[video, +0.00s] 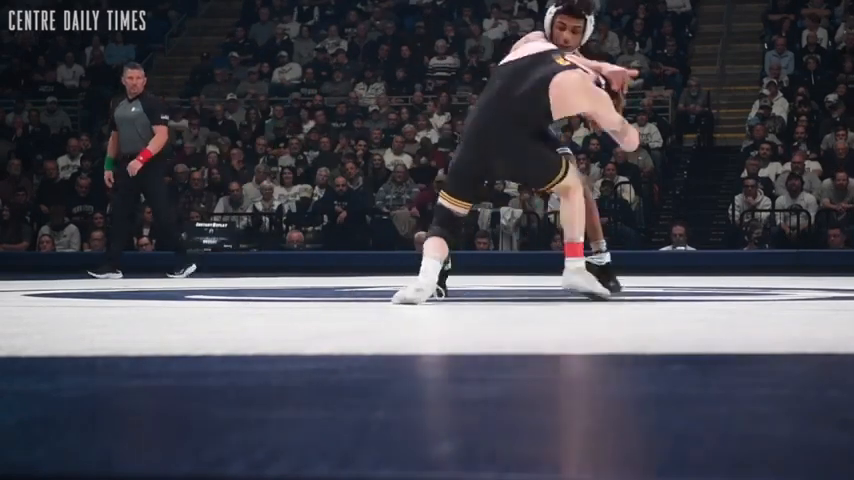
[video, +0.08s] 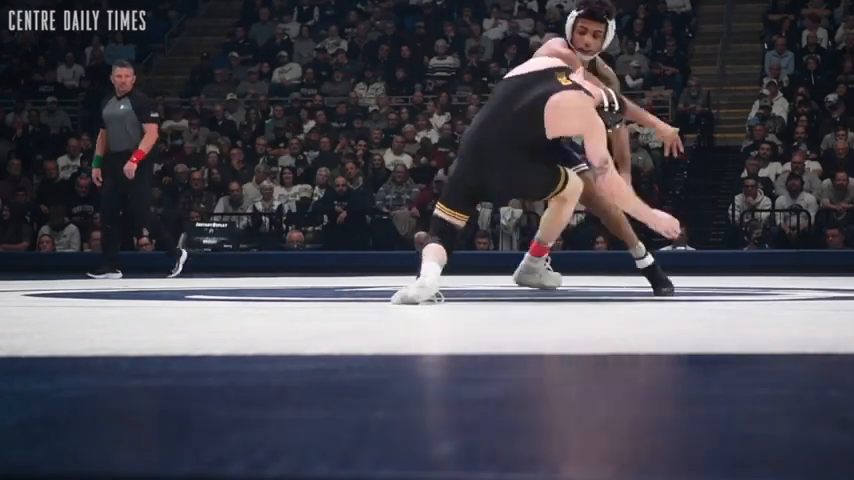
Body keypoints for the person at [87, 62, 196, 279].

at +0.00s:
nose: (134, 83)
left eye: (138, 78)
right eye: (130, 78)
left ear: (145, 80)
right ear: (123, 81)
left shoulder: (152, 103)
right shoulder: (118, 106)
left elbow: (161, 135)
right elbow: (114, 137)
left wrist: (140, 159)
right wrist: (108, 165)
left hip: (150, 164)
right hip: (126, 166)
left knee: (162, 211)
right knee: (119, 213)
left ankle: (184, 260)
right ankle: (113, 265)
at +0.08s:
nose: (123, 81)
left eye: (127, 76)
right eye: (119, 76)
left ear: (133, 79)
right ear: (112, 78)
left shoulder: (141, 101)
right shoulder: (108, 104)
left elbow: (152, 133)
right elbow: (103, 134)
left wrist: (135, 159)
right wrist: (97, 163)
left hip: (137, 161)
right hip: (113, 162)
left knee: (140, 210)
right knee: (110, 212)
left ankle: (174, 251)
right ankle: (111, 265)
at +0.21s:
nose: (108, 78)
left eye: (112, 74)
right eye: (104, 74)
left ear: (119, 76)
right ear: (97, 76)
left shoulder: (128, 98)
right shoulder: (90, 102)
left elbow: (140, 131)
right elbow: (85, 132)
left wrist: (127, 160)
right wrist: (76, 160)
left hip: (121, 159)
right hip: (98, 160)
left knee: (114, 206)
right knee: (102, 211)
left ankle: (145, 247)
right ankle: (110, 265)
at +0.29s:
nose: (101, 77)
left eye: (105, 73)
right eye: (96, 73)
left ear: (111, 75)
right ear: (89, 75)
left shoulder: (118, 98)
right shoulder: (84, 101)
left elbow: (133, 129)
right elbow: (75, 131)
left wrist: (123, 160)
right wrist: (64, 156)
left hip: (111, 158)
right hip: (91, 159)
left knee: (99, 208)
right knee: (96, 209)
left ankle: (116, 257)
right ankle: (111, 259)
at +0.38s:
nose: (92, 77)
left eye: (96, 73)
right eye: (88, 73)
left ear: (102, 76)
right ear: (81, 75)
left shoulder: (110, 98)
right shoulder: (74, 102)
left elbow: (126, 130)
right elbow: (65, 131)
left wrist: (118, 161)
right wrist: (53, 156)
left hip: (104, 158)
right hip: (85, 159)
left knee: (90, 207)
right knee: (94, 210)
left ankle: (90, 262)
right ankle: (110, 264)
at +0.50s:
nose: (81, 78)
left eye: (85, 74)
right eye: (77, 74)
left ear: (91, 76)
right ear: (69, 76)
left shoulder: (99, 100)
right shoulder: (62, 103)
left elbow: (115, 132)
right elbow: (52, 131)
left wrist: (109, 164)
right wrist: (40, 155)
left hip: (94, 160)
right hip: (74, 162)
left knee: (78, 209)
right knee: (93, 212)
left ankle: (60, 264)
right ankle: (109, 263)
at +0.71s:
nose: (60, 76)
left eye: (65, 71)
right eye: (56, 71)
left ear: (70, 75)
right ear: (48, 73)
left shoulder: (77, 99)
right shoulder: (38, 99)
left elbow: (90, 133)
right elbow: (29, 129)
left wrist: (83, 165)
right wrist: (19, 155)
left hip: (67, 159)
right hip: (44, 159)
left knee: (57, 210)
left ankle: (55, 267)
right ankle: (86, 248)